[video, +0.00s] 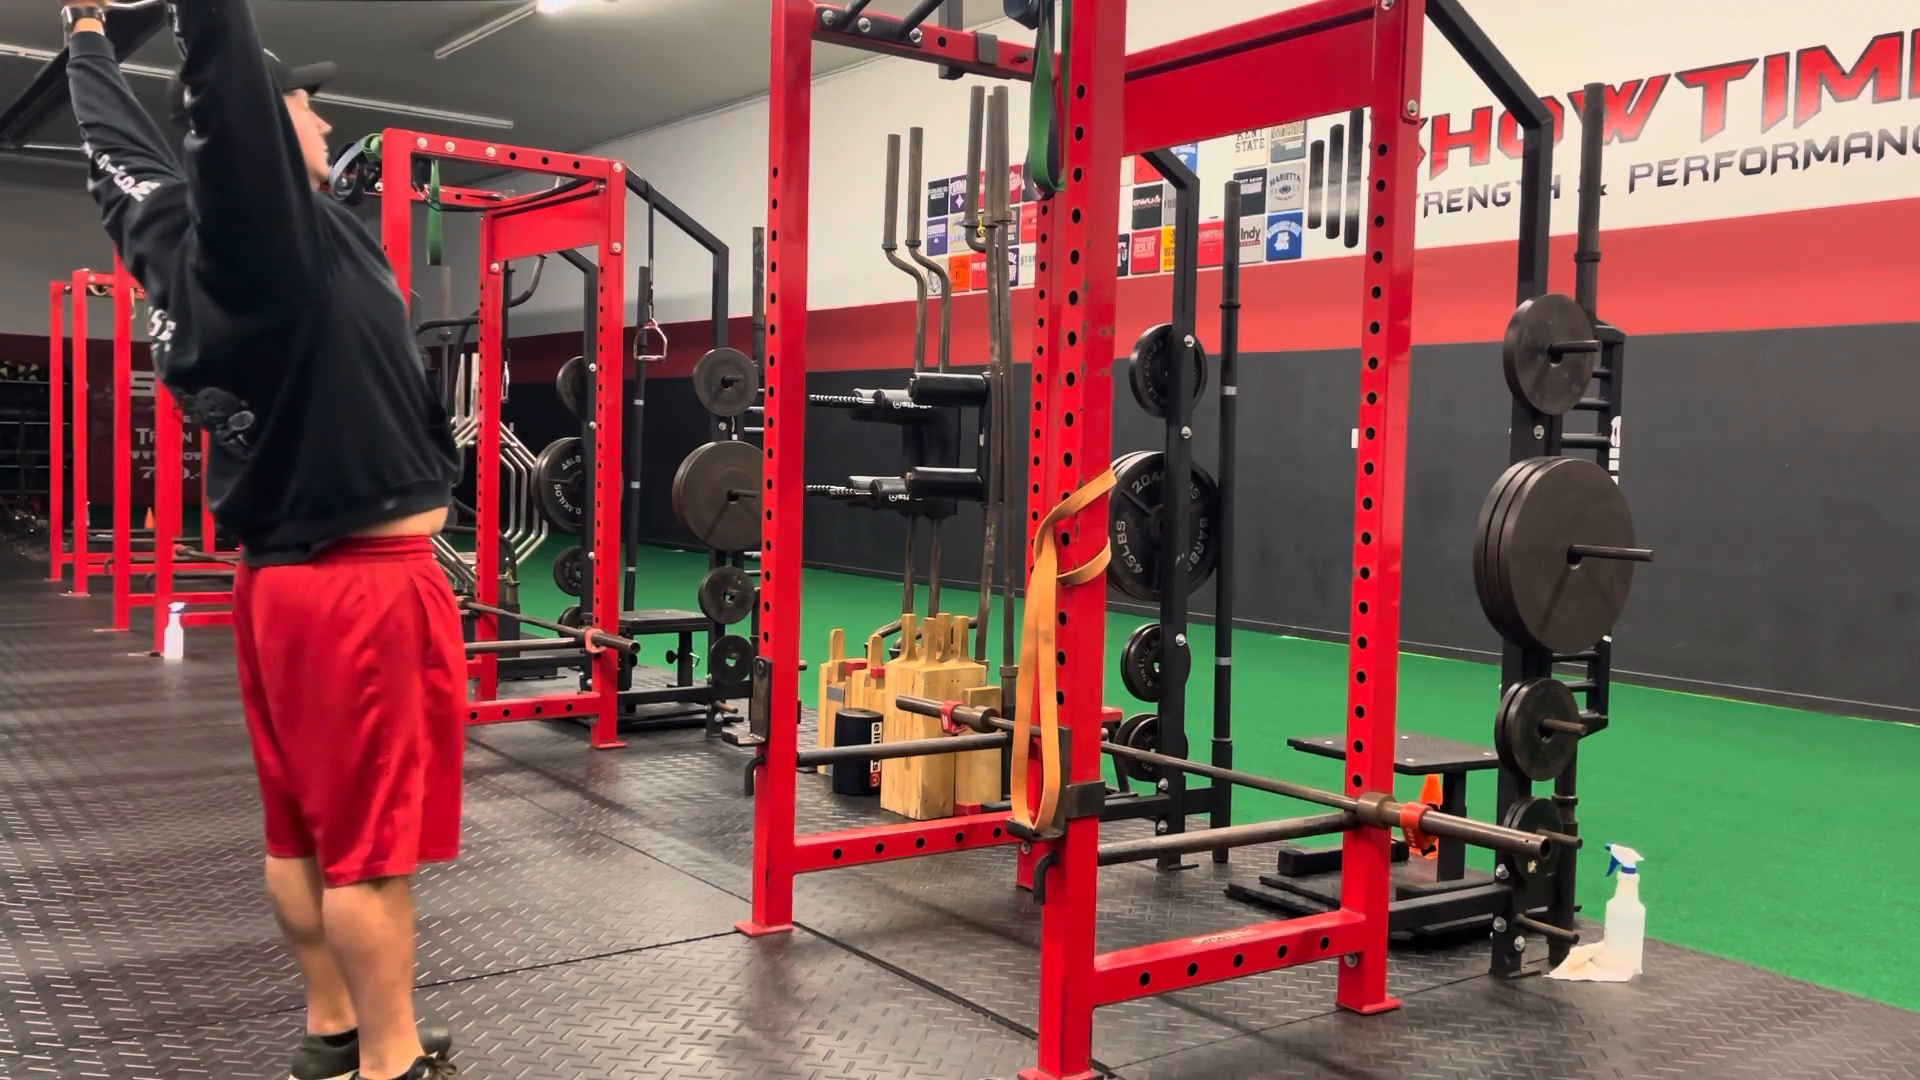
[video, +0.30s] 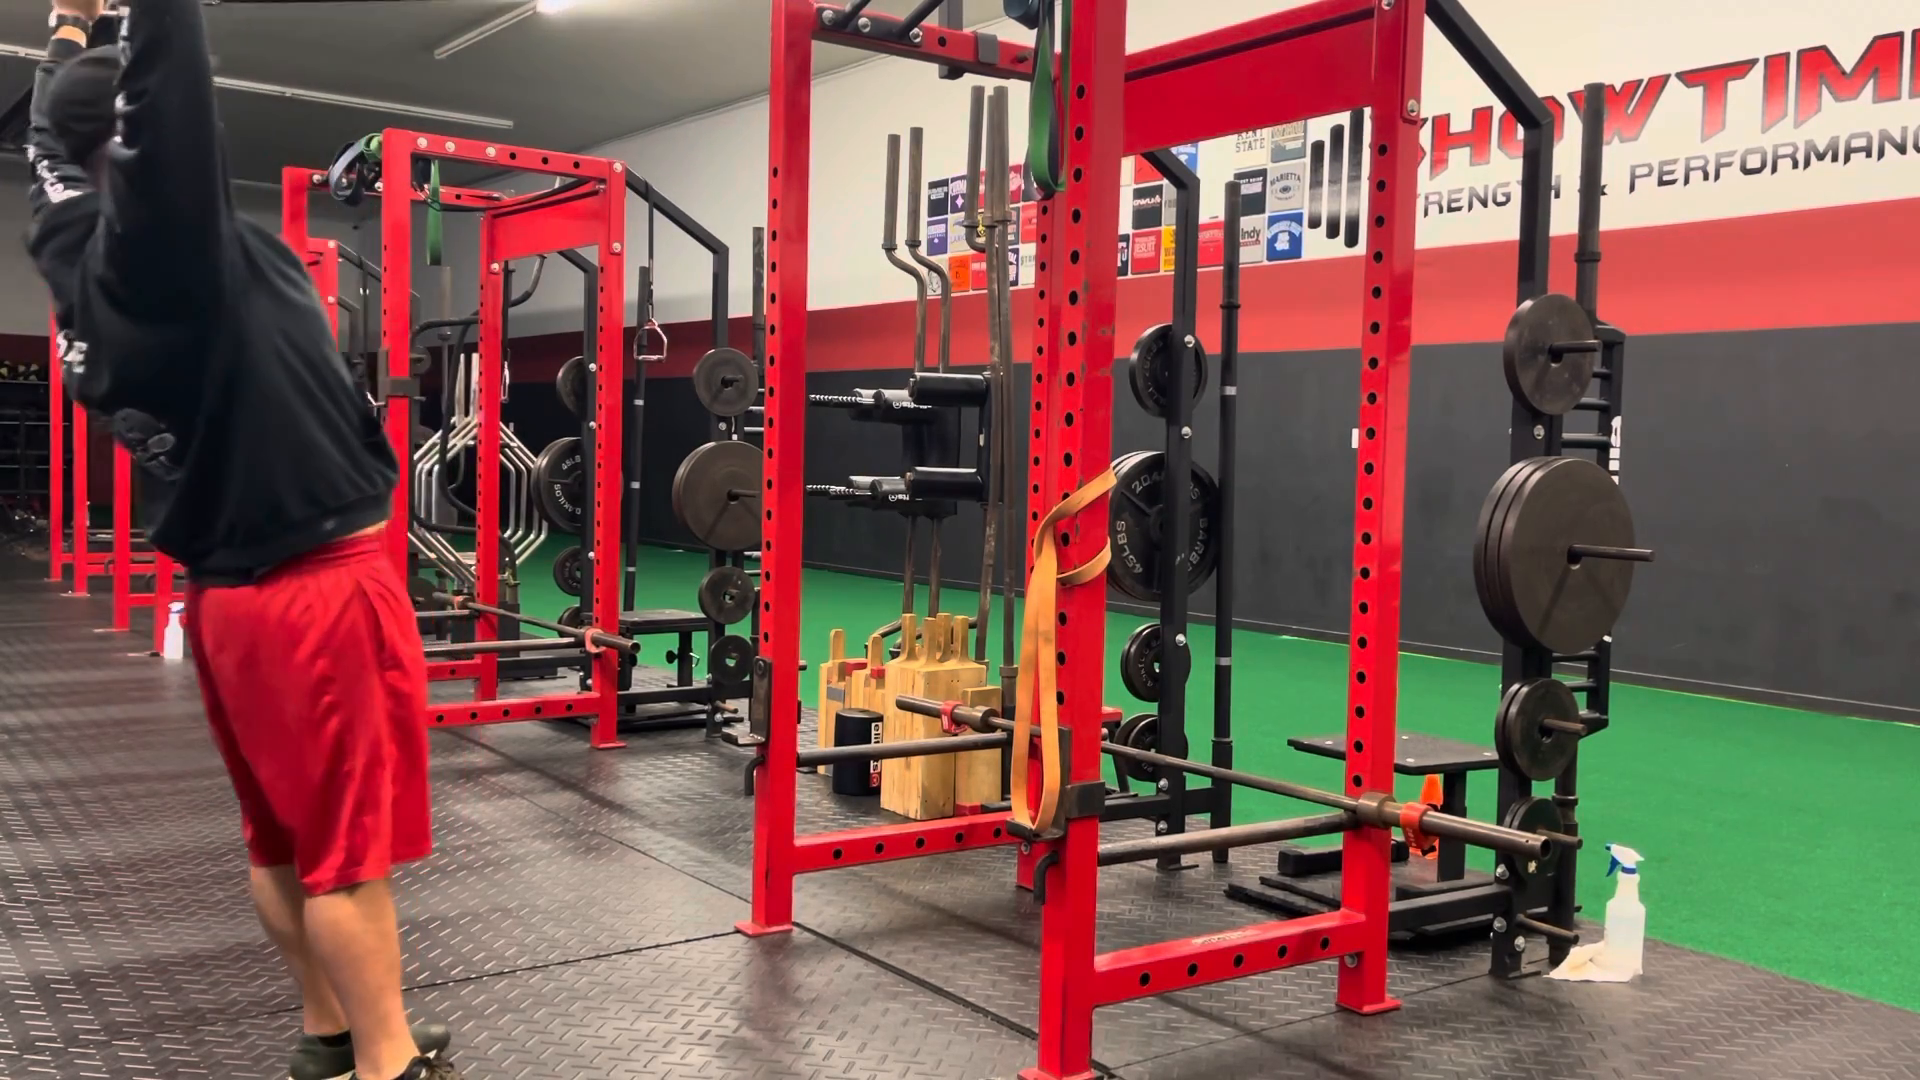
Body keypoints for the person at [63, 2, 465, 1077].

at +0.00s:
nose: (321, 120)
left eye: (313, 104)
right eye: (305, 104)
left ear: (238, 144)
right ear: (260, 127)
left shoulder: (189, 248)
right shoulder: (287, 227)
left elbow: (128, 159)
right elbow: (228, 53)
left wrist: (87, 34)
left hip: (279, 585)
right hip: (363, 589)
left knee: (297, 830)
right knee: (371, 854)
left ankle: (334, 1024)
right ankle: (392, 1057)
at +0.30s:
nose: (190, 136)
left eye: (182, 116)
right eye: (174, 119)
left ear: (71, 155)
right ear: (146, 135)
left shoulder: (87, 274)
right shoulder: (165, 243)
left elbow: (60, 156)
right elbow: (174, 85)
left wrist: (74, 38)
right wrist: (134, 2)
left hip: (232, 603)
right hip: (317, 595)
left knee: (281, 837)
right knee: (349, 857)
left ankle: (331, 1023)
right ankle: (387, 1058)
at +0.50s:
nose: (79, 132)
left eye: (74, 117)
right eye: (59, 121)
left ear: (29, 147)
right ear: (31, 148)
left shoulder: (37, 277)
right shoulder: (76, 263)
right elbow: (121, 88)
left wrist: (75, 35)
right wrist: (101, 7)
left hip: (201, 611)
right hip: (269, 606)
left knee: (275, 845)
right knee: (333, 858)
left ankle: (329, 1033)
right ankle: (386, 1061)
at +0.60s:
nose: (35, 131)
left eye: (29, 113)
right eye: (17, 117)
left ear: (13, 163)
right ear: (5, 164)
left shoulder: (36, 266)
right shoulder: (42, 264)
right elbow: (92, 94)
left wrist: (71, 78)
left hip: (184, 609)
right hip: (237, 605)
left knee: (274, 849)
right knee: (318, 860)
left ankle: (331, 1035)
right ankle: (382, 1061)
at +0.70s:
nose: (45, 162)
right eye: (29, 137)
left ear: (25, 178)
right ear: (19, 177)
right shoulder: (25, 297)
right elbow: (63, 120)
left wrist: (119, 14)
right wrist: (131, 2)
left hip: (166, 616)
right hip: (208, 614)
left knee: (258, 858)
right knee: (302, 865)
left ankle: (328, 1034)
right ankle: (381, 1060)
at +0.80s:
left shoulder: (27, 292)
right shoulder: (14, 297)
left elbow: (28, 160)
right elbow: (39, 156)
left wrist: (110, 65)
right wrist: (143, 21)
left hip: (130, 614)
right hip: (175, 606)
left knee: (250, 860)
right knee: (286, 869)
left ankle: (334, 1034)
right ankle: (375, 1061)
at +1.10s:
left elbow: (23, 309)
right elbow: (18, 321)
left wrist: (189, 218)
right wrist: (190, 215)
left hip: (52, 617)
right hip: (52, 622)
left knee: (201, 840)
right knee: (215, 865)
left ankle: (329, 1030)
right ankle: (362, 1063)